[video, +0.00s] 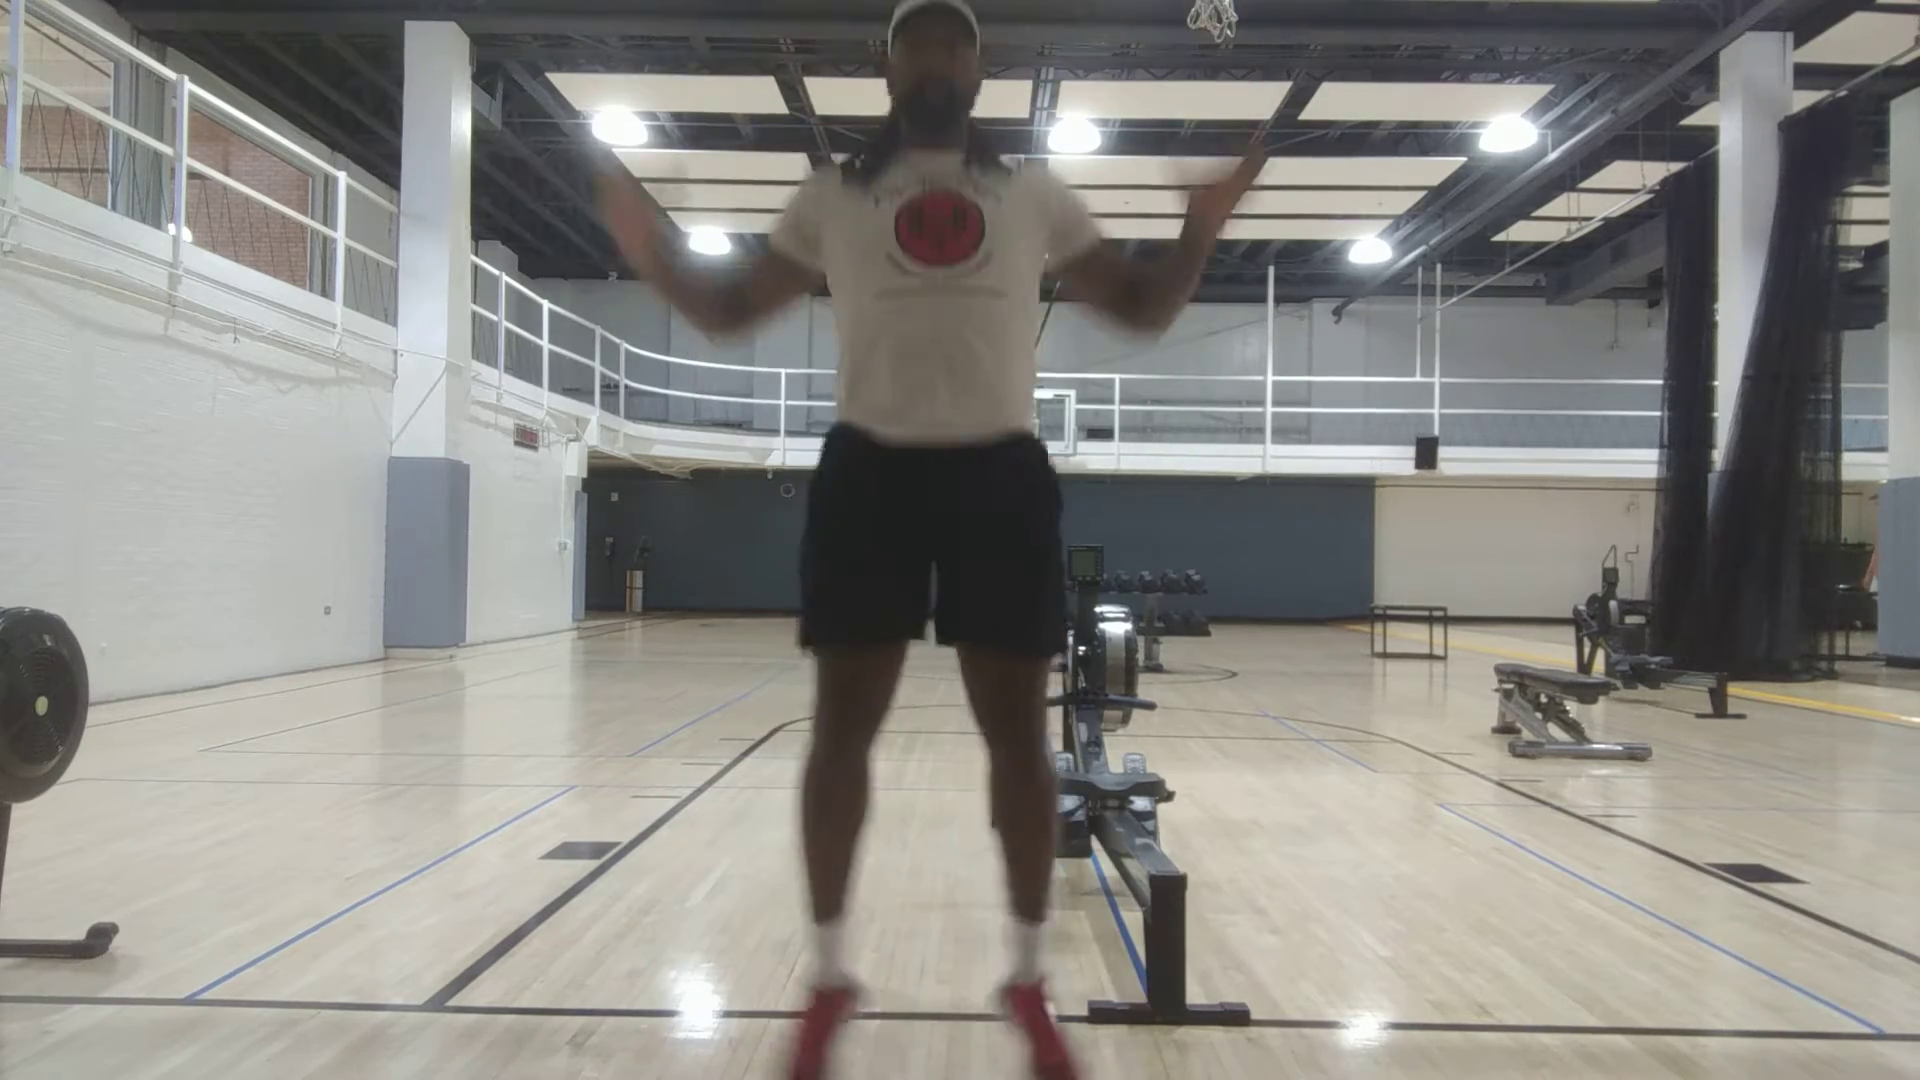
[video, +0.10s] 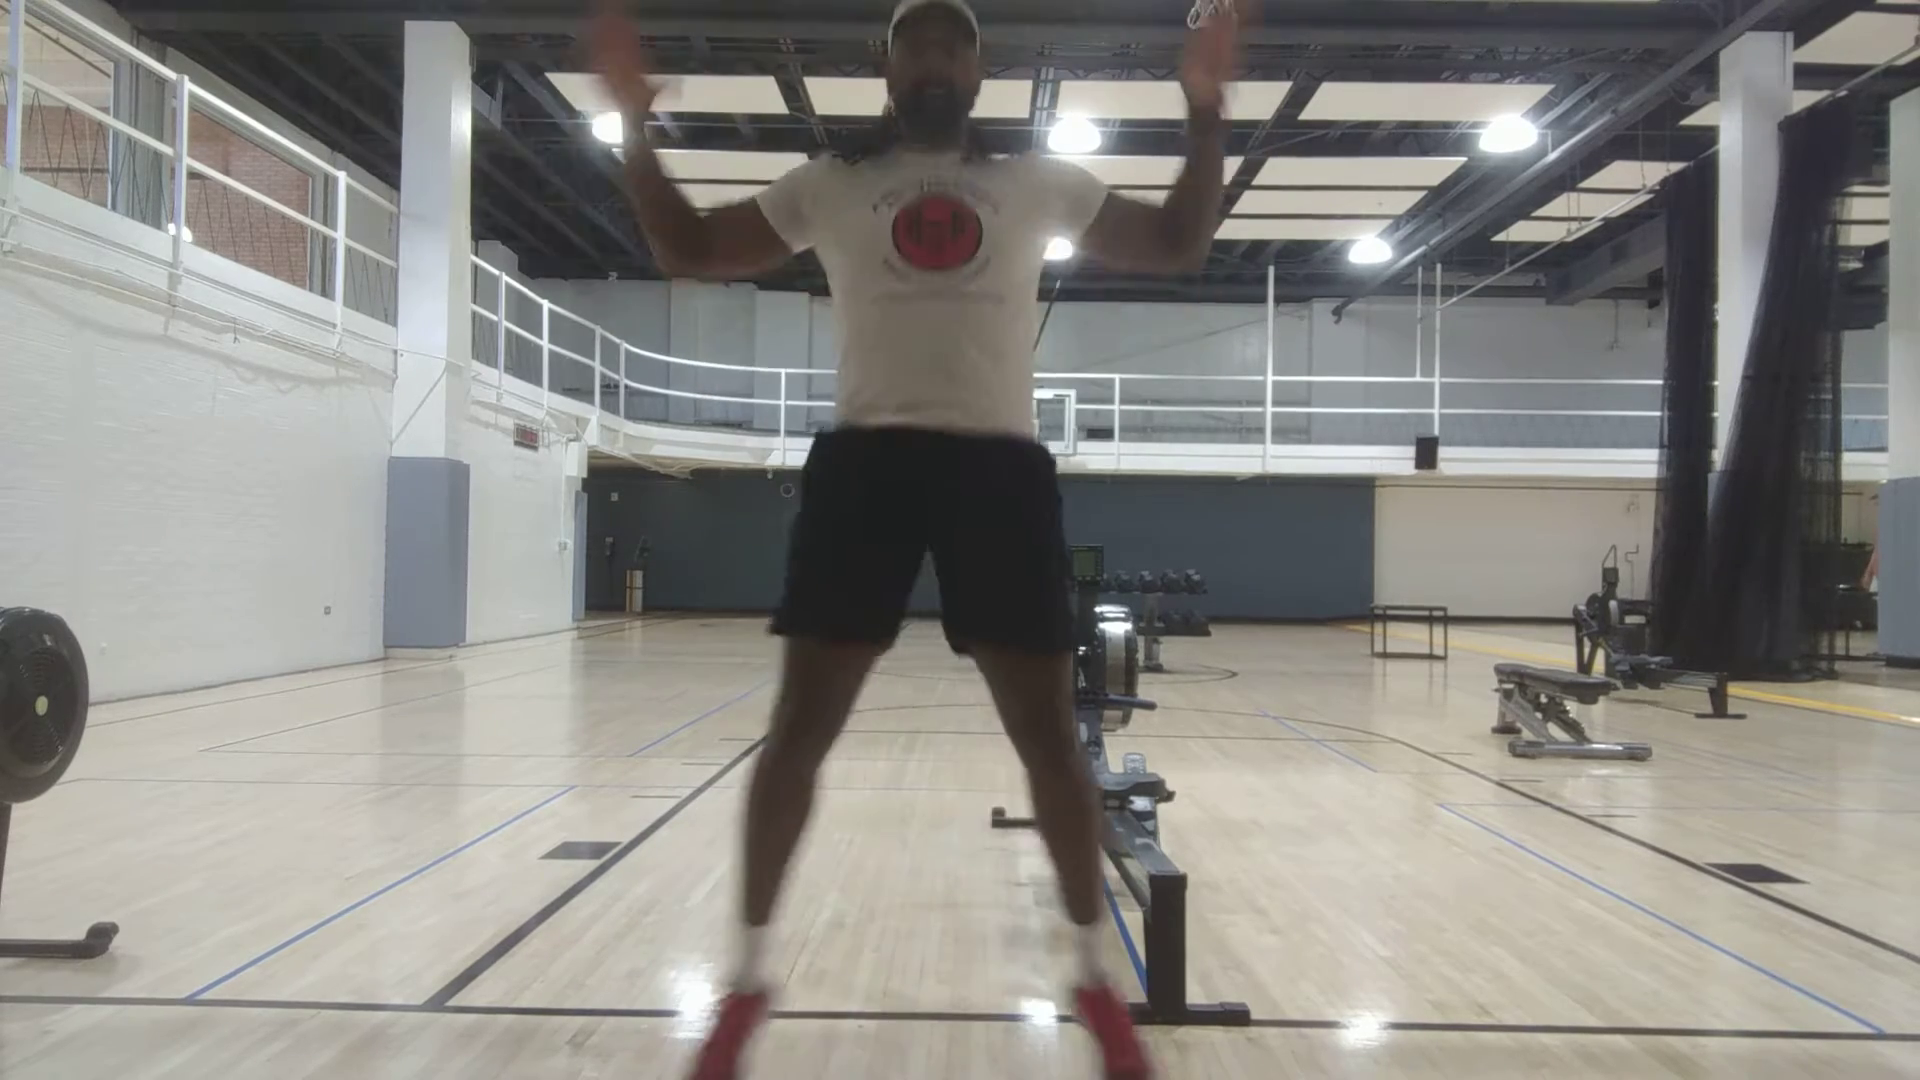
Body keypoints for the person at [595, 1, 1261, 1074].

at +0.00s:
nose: (931, 58)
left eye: (950, 42)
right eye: (913, 42)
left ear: (981, 69)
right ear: (885, 70)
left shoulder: (1033, 190)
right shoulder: (834, 197)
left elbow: (1145, 307)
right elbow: (726, 312)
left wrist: (1202, 225)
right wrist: (657, 257)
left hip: (1001, 479)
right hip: (869, 478)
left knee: (1017, 726)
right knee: (843, 723)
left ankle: (1027, 977)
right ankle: (828, 973)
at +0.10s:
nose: (930, 58)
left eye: (950, 41)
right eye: (912, 41)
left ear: (982, 68)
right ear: (885, 69)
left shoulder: (1038, 183)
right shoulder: (832, 182)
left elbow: (1176, 243)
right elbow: (687, 248)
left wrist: (1207, 107)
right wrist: (633, 114)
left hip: (1001, 474)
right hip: (864, 469)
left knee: (1047, 729)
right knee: (802, 725)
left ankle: (1096, 973)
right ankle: (744, 976)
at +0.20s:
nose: (931, 125)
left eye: (948, 110)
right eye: (914, 109)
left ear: (977, 130)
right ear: (886, 130)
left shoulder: (1038, 234)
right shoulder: (830, 239)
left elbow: (1184, 215)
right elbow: (674, 226)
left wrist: (1131, 78)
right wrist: (705, 79)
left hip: (1000, 542)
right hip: (858, 538)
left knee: (1072, 790)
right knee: (766, 786)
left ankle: (1146, 1014)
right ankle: (678, 1015)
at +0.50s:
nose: (935, 103)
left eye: (953, 88)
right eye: (917, 87)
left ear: (978, 112)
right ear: (886, 110)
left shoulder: (1032, 222)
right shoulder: (836, 223)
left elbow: (1165, 288)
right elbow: (696, 278)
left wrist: (1235, 187)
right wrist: (623, 182)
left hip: (1002, 511)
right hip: (863, 509)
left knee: (1059, 751)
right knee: (791, 747)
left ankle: (1111, 986)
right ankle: (741, 987)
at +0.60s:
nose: (937, 70)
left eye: (955, 55)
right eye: (918, 52)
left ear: (980, 79)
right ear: (884, 75)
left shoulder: (1034, 196)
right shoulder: (831, 203)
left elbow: (1109, 323)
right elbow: (742, 315)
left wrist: (1191, 304)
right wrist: (681, 294)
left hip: (1001, 482)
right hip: (864, 480)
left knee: (1025, 739)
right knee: (835, 732)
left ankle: (1029, 981)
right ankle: (831, 975)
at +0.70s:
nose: (933, 76)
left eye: (951, 59)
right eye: (914, 59)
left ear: (978, 85)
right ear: (883, 86)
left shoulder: (1034, 215)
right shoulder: (837, 217)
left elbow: (1072, 348)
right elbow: (784, 339)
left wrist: (1118, 377)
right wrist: (749, 367)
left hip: (1001, 502)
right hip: (871, 500)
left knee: (1010, 761)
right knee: (854, 756)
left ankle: (987, 995)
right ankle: (872, 994)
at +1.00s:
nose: (932, 119)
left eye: (949, 101)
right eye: (914, 101)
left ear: (972, 123)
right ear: (884, 121)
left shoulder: (1029, 261)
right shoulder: (832, 259)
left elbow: (1100, 380)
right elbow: (779, 378)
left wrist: (1153, 375)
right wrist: (729, 400)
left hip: (996, 535)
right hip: (868, 536)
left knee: (1000, 773)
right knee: (859, 769)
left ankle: (983, 1005)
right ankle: (876, 1004)